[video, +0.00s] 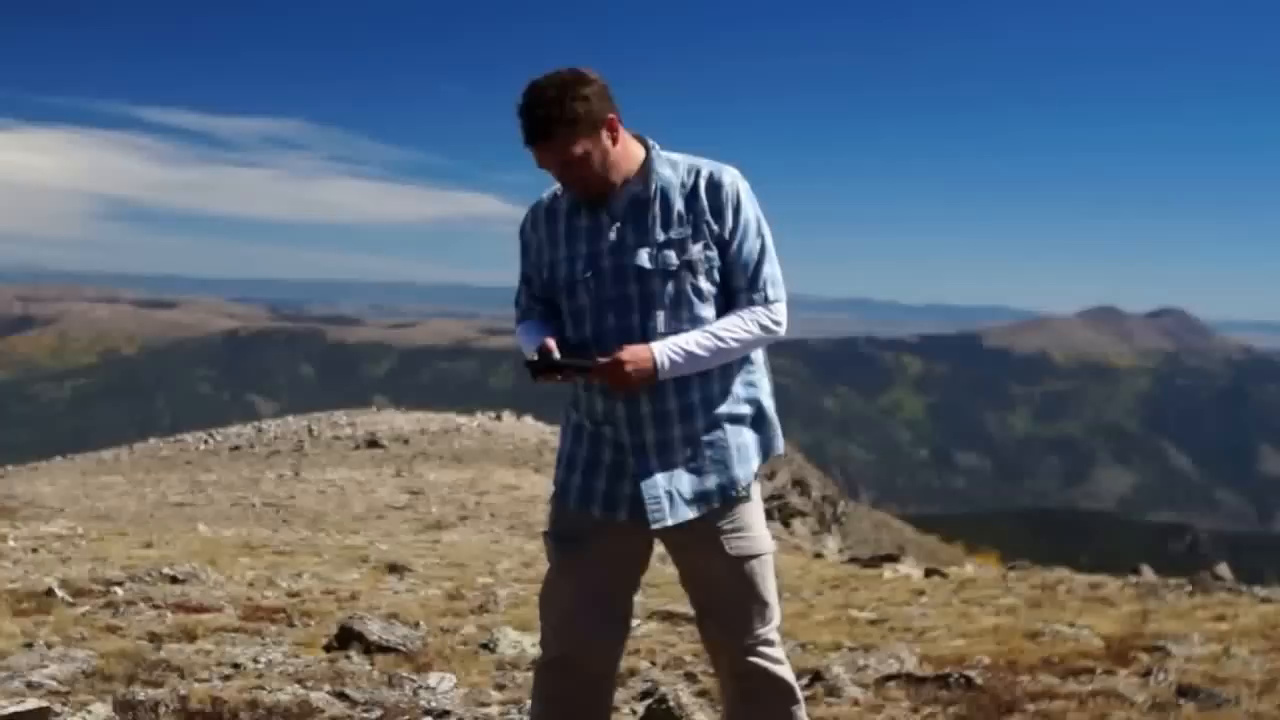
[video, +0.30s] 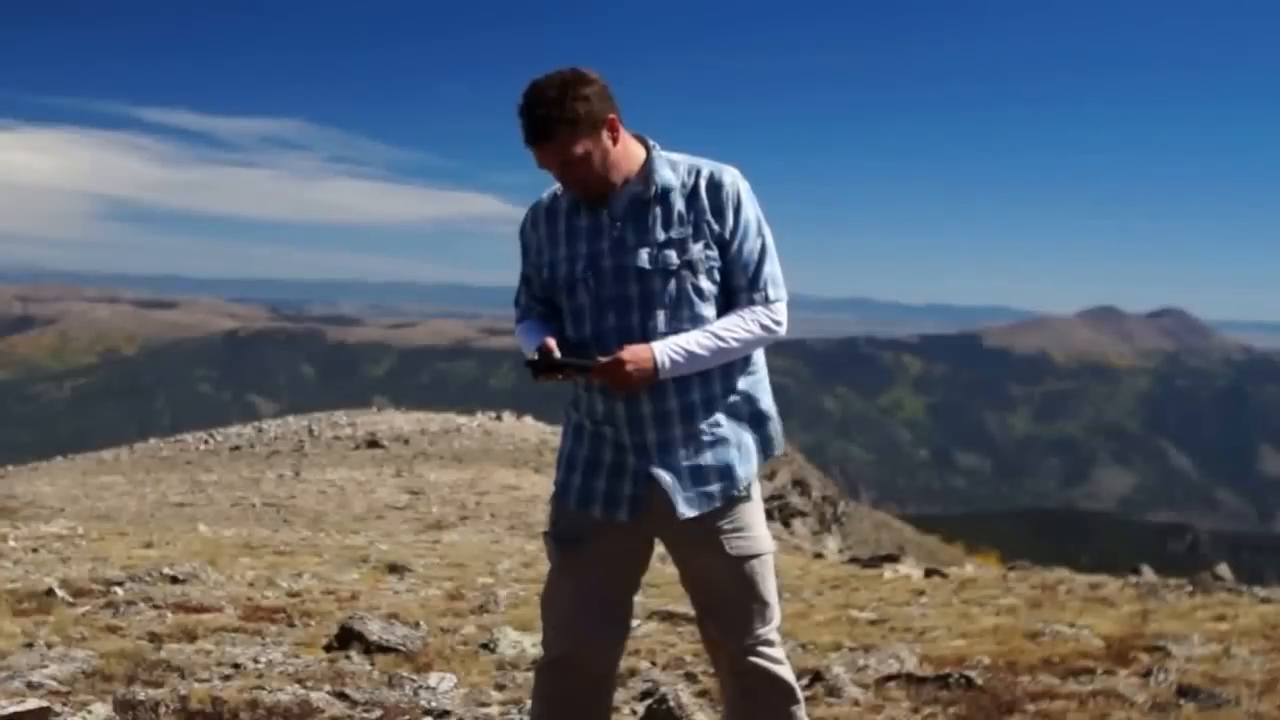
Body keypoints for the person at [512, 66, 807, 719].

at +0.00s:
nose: (567, 183)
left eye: (576, 163)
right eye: (553, 170)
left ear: (612, 130)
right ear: (538, 157)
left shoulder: (714, 191)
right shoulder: (546, 224)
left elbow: (767, 314)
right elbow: (533, 317)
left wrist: (661, 357)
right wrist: (543, 349)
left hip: (710, 467)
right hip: (597, 471)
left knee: (753, 664)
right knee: (571, 665)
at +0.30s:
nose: (567, 183)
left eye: (576, 163)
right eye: (553, 170)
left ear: (612, 131)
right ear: (538, 156)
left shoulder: (715, 191)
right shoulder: (546, 223)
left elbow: (768, 313)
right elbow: (532, 316)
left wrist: (662, 357)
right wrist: (542, 347)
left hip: (710, 465)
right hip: (597, 468)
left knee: (754, 664)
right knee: (572, 665)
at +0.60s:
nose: (567, 183)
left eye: (576, 163)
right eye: (553, 170)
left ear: (613, 130)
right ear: (538, 156)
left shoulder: (715, 192)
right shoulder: (546, 223)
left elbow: (768, 313)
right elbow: (532, 316)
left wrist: (662, 357)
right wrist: (542, 348)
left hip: (712, 470)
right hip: (598, 474)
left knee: (755, 667)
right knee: (571, 668)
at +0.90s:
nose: (567, 182)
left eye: (576, 162)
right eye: (553, 169)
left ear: (612, 130)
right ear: (538, 155)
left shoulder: (714, 190)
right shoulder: (545, 223)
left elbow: (768, 312)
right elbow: (531, 315)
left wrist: (661, 355)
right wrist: (541, 348)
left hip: (711, 466)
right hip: (597, 470)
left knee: (754, 664)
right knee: (571, 666)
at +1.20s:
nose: (566, 179)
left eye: (574, 160)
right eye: (552, 166)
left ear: (611, 129)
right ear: (538, 154)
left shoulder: (714, 191)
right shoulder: (545, 224)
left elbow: (766, 313)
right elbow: (520, 314)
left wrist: (658, 356)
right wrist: (525, 357)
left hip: (711, 463)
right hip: (598, 466)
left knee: (753, 661)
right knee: (572, 663)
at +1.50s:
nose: (550, 180)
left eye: (558, 161)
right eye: (537, 168)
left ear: (597, 133)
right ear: (526, 158)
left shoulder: (699, 191)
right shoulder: (534, 231)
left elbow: (734, 315)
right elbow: (486, 316)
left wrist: (611, 365)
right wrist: (493, 378)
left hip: (705, 463)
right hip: (595, 468)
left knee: (751, 663)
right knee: (569, 668)